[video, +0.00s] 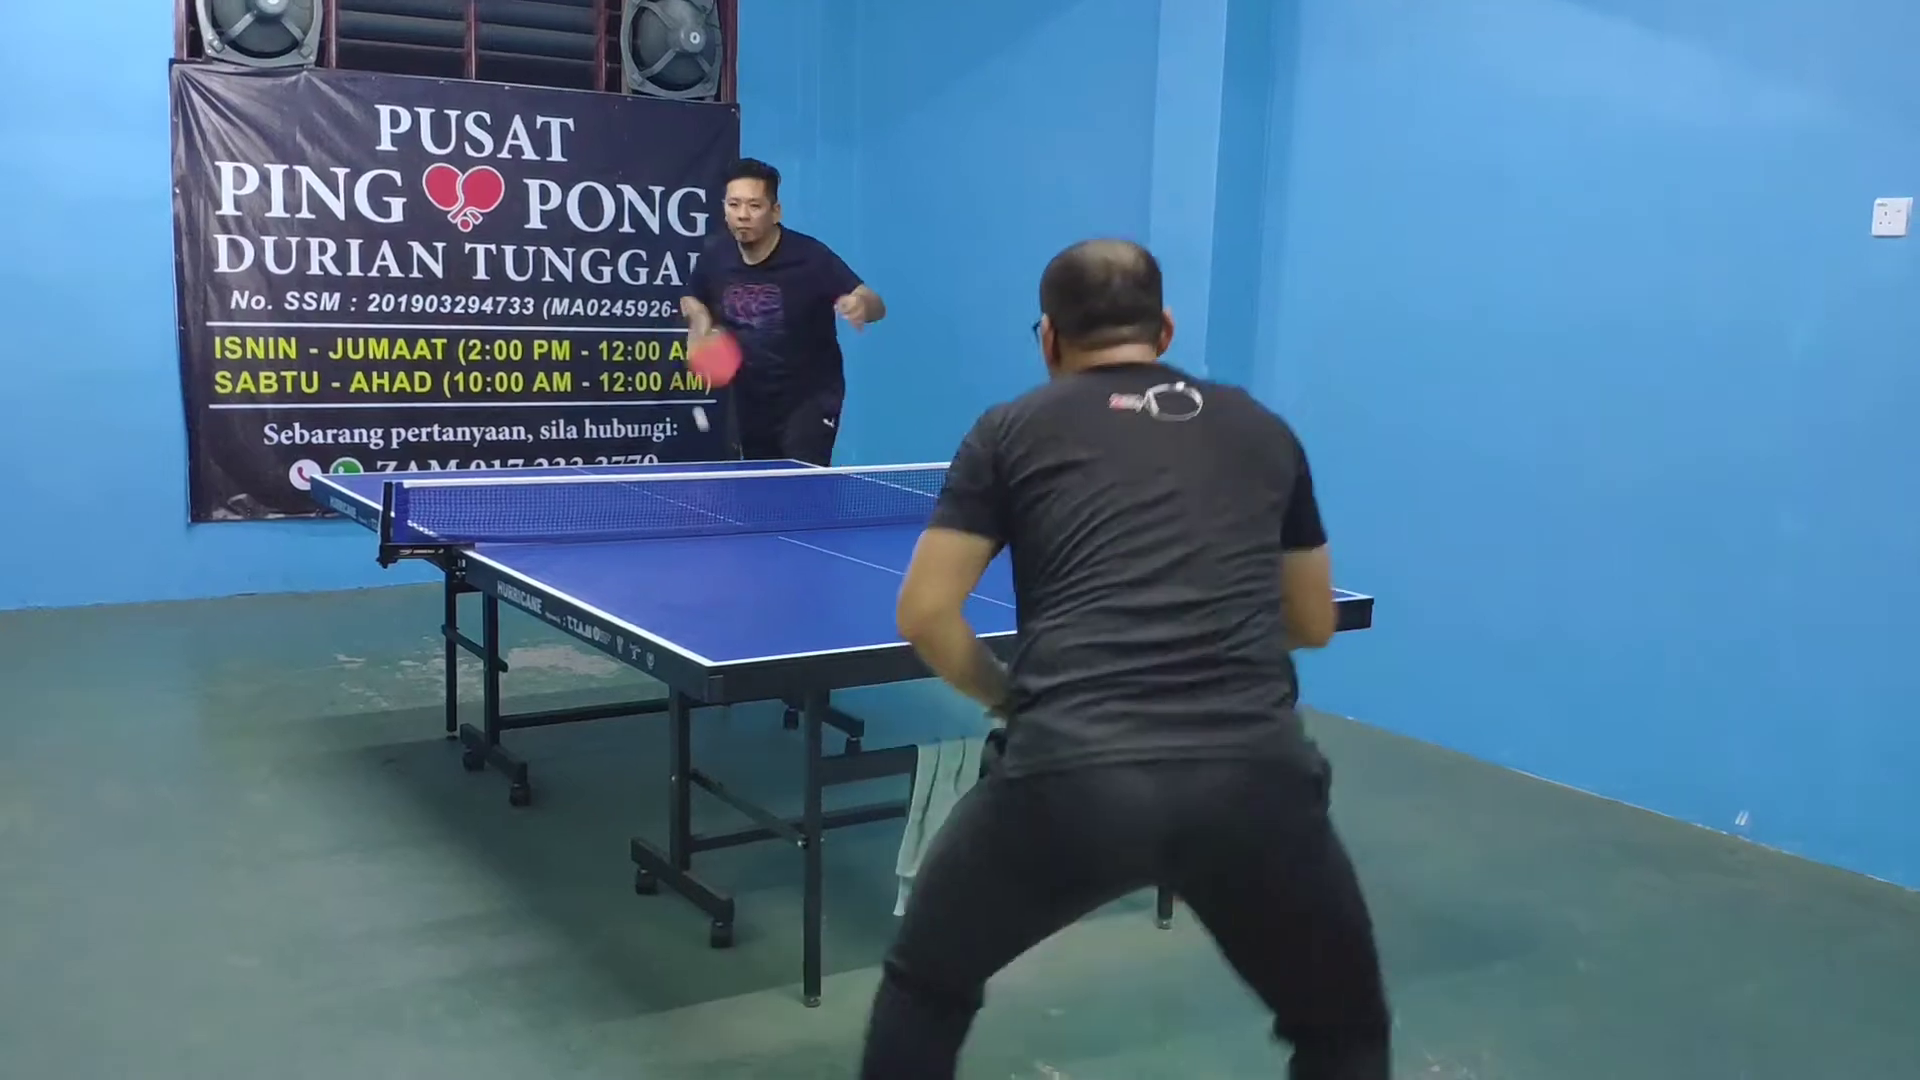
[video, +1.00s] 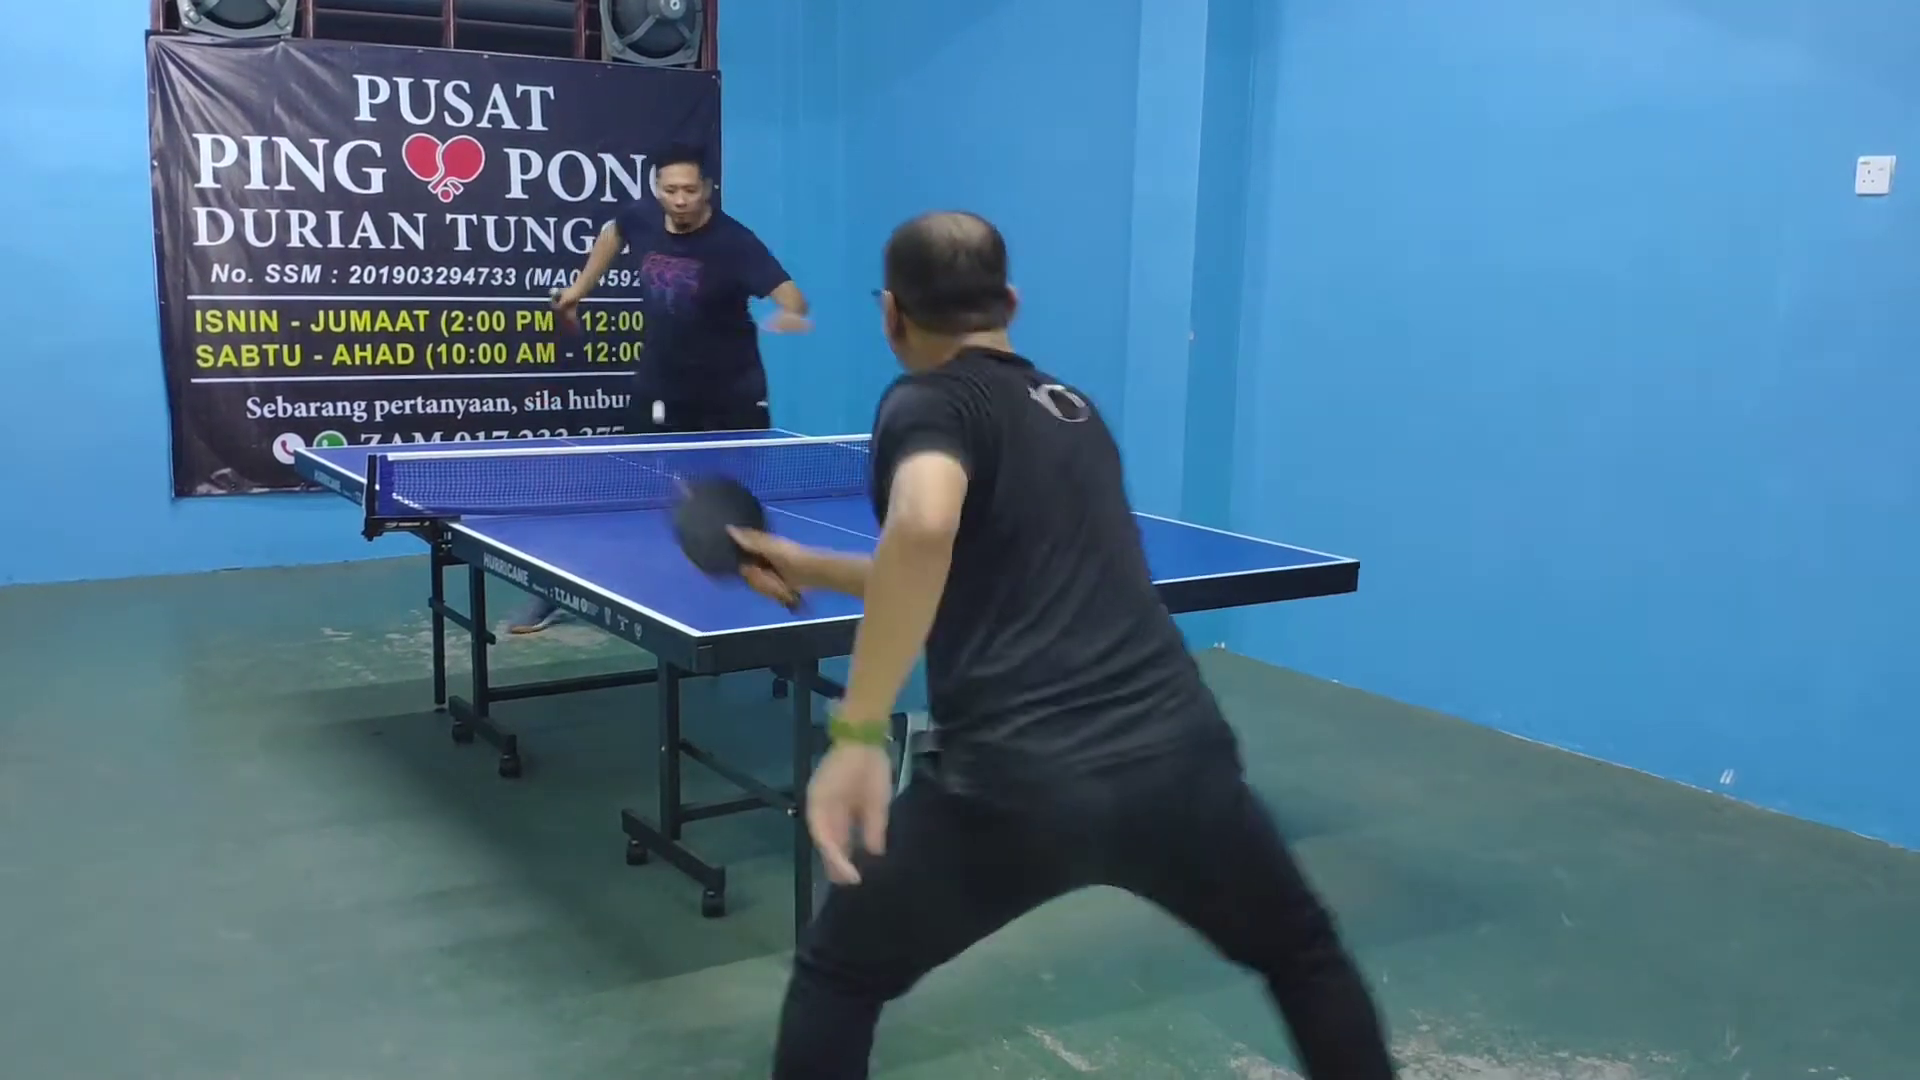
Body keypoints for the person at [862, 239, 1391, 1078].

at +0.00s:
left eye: (1039, 333)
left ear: (1049, 338)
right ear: (1166, 330)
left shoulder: (1011, 432)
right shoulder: (1261, 429)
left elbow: (925, 613)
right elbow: (1312, 621)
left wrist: (1003, 692)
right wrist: (1208, 605)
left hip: (1072, 792)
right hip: (1250, 791)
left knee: (926, 990)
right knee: (1343, 1030)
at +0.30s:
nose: (1058, 420)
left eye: (1057, 404)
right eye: (1056, 403)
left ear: (1075, 402)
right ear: (1180, 400)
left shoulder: (1050, 503)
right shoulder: (1275, 495)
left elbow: (978, 703)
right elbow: (1336, 697)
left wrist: (1068, 719)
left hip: (1150, 856)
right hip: (1319, 850)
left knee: (921, 966)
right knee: (1408, 1020)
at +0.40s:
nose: (983, 423)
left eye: (983, 405)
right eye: (982, 406)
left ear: (1005, 398)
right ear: (1095, 400)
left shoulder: (1008, 481)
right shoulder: (1176, 486)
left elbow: (901, 665)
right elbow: (1142, 667)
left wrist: (986, 627)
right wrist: (983, 721)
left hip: (1125, 843)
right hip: (1274, 826)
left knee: (899, 967)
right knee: (1367, 1019)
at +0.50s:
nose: (907, 405)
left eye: (907, 386)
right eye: (906, 387)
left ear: (932, 375)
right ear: (1015, 373)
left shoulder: (960, 439)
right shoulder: (1084, 460)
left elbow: (799, 532)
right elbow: (1010, 622)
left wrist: (831, 576)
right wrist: (846, 628)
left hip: (1084, 808)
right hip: (1218, 789)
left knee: (864, 970)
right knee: (1326, 1005)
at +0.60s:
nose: (855, 348)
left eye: (857, 332)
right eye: (856, 334)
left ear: (876, 331)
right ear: (973, 333)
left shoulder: (924, 380)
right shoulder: (1016, 429)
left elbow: (801, 365)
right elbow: (878, 533)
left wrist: (723, 472)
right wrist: (752, 484)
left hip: (1047, 769)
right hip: (1182, 744)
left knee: (862, 973)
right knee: (1279, 986)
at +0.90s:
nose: (843, 284)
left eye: (844, 266)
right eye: (849, 264)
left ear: (857, 276)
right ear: (972, 267)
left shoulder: (914, 343)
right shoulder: (1019, 367)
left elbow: (930, 401)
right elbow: (896, 512)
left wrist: (811, 596)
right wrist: (742, 463)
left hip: (1004, 742)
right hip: (1140, 720)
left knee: (829, 982)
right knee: (1251, 965)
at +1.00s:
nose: (882, 318)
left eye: (882, 304)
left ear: (894, 312)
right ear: (1010, 304)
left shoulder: (930, 398)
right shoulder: (1071, 408)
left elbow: (925, 524)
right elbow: (984, 584)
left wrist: (860, 731)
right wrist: (816, 570)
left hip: (1014, 795)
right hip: (1177, 779)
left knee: (838, 975)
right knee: (1307, 958)